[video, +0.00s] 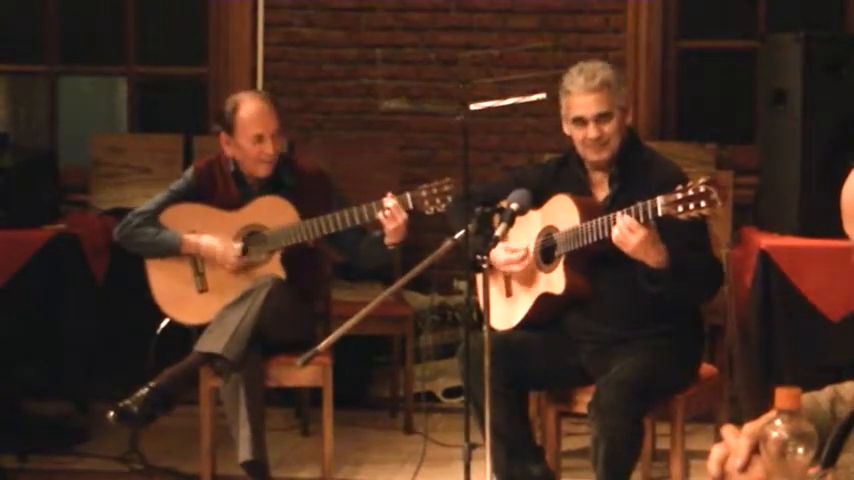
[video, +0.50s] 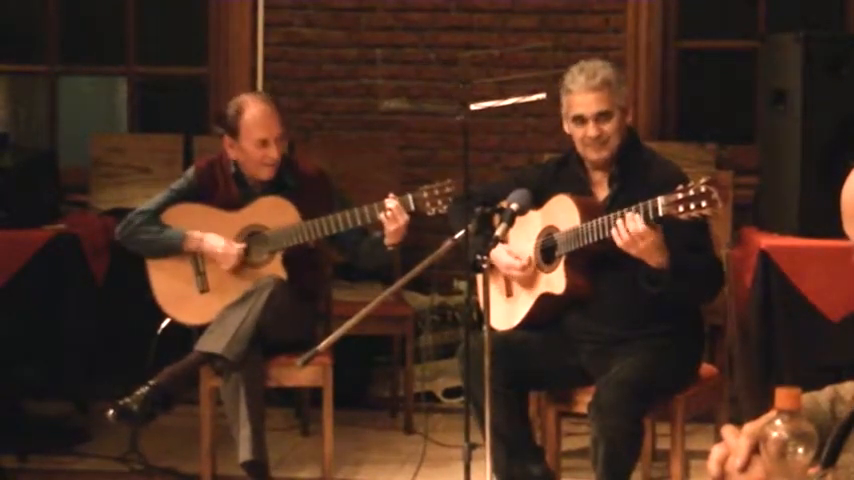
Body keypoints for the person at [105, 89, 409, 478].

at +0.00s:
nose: (271, 149)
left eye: (275, 137)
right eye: (258, 140)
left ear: (283, 134)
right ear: (228, 143)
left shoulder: (306, 181)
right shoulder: (207, 178)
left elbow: (353, 249)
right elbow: (129, 231)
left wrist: (388, 242)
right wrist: (198, 244)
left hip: (294, 314)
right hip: (228, 312)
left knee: (269, 290)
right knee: (241, 352)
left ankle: (167, 384)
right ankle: (254, 468)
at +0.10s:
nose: (271, 150)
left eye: (276, 138)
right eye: (258, 141)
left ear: (284, 134)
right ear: (228, 143)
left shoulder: (306, 182)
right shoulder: (207, 178)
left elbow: (354, 249)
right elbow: (131, 232)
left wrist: (388, 242)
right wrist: (204, 241)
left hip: (295, 314)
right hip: (229, 312)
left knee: (269, 290)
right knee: (241, 351)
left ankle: (167, 384)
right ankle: (254, 468)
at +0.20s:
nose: (271, 150)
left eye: (276, 138)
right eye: (258, 141)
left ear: (284, 134)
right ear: (229, 144)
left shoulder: (306, 182)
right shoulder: (207, 178)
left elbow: (353, 247)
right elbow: (130, 231)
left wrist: (388, 242)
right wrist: (193, 242)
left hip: (296, 313)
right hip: (230, 312)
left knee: (269, 290)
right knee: (242, 352)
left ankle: (166, 383)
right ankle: (254, 468)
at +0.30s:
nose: (272, 152)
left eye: (278, 140)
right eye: (260, 143)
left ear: (286, 136)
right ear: (230, 145)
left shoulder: (307, 183)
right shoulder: (208, 178)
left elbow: (355, 248)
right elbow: (130, 232)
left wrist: (389, 242)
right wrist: (198, 238)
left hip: (296, 314)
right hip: (228, 310)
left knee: (269, 289)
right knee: (242, 351)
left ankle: (167, 383)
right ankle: (254, 468)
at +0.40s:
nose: (272, 153)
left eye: (278, 140)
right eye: (260, 143)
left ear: (286, 137)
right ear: (230, 145)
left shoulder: (307, 183)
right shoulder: (208, 177)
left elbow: (355, 249)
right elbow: (132, 230)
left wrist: (388, 242)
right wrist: (200, 245)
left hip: (296, 314)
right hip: (228, 311)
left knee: (270, 289)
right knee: (242, 353)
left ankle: (166, 383)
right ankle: (254, 468)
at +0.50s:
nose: (274, 153)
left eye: (279, 141)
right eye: (262, 144)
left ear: (286, 137)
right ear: (231, 146)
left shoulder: (307, 183)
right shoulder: (208, 178)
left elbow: (355, 249)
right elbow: (131, 230)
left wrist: (388, 242)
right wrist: (200, 242)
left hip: (296, 314)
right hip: (229, 311)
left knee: (270, 290)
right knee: (243, 353)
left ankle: (167, 383)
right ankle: (254, 468)